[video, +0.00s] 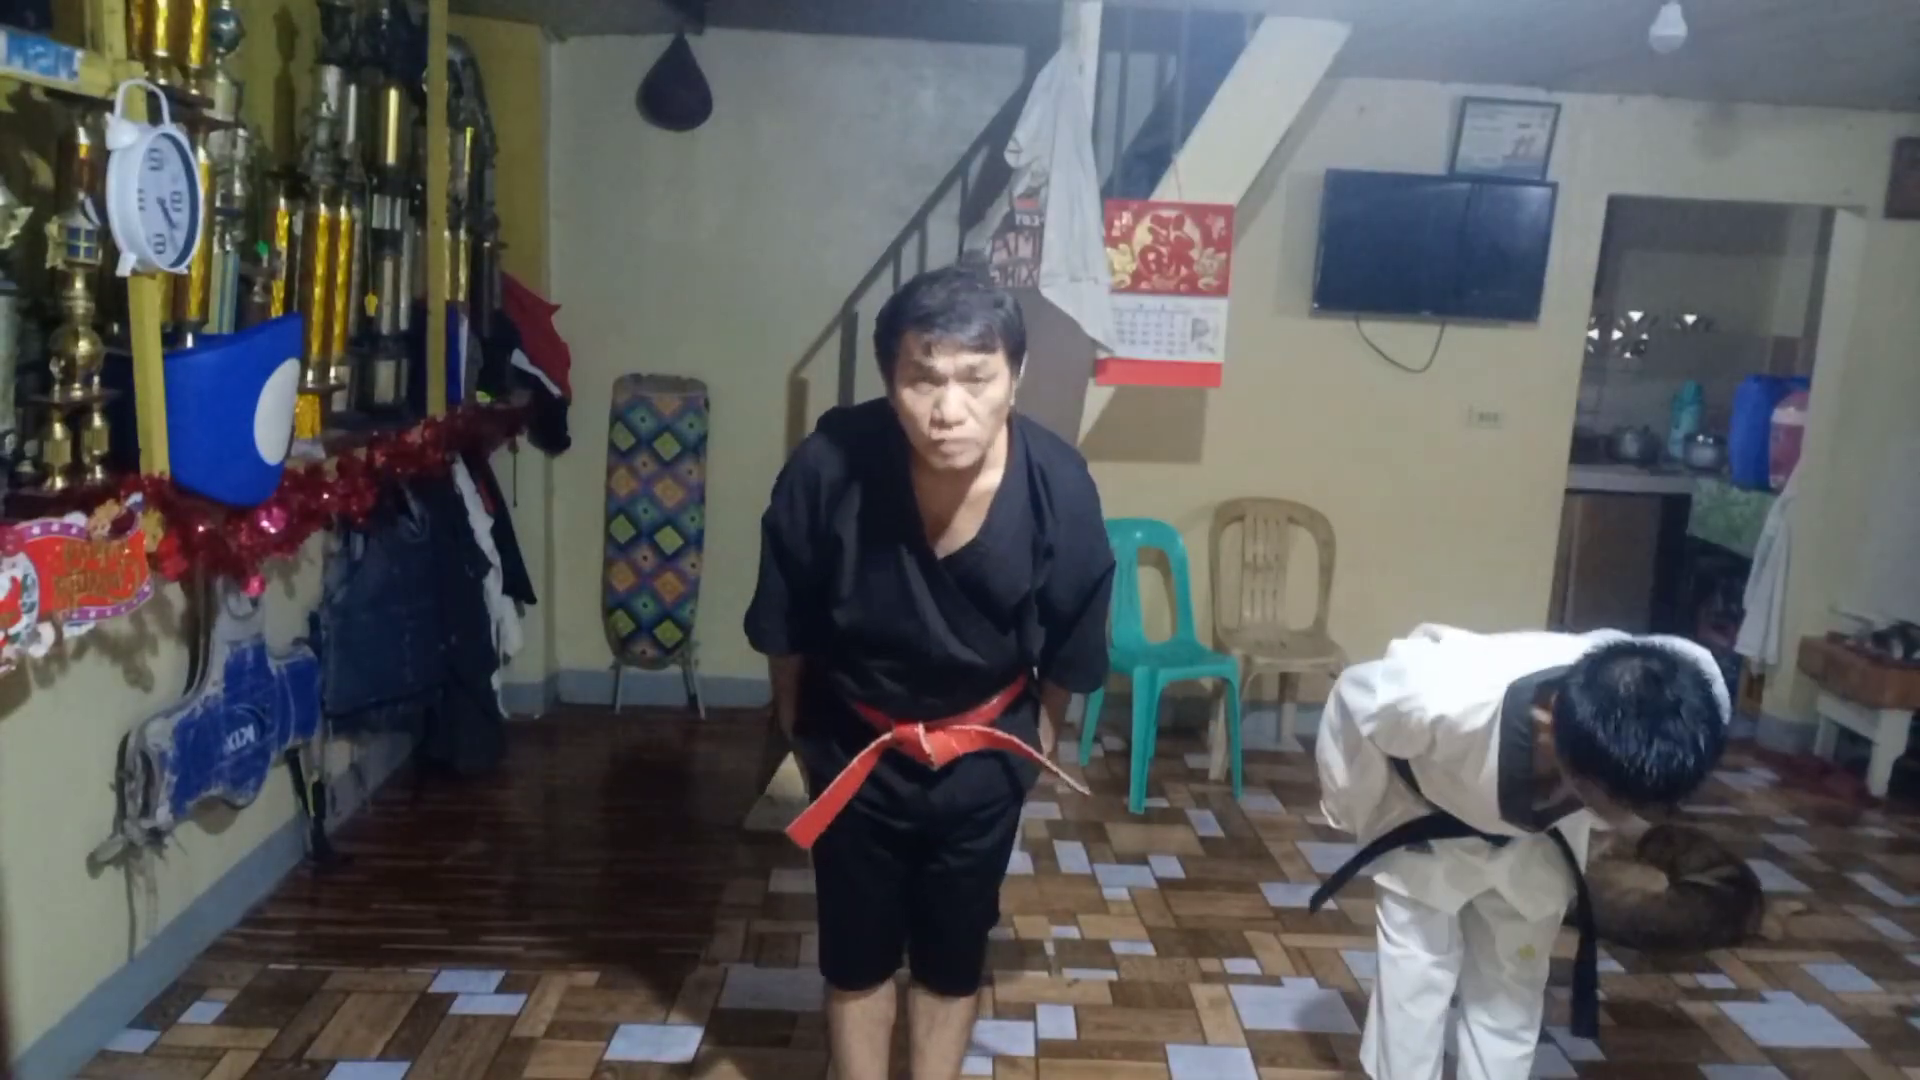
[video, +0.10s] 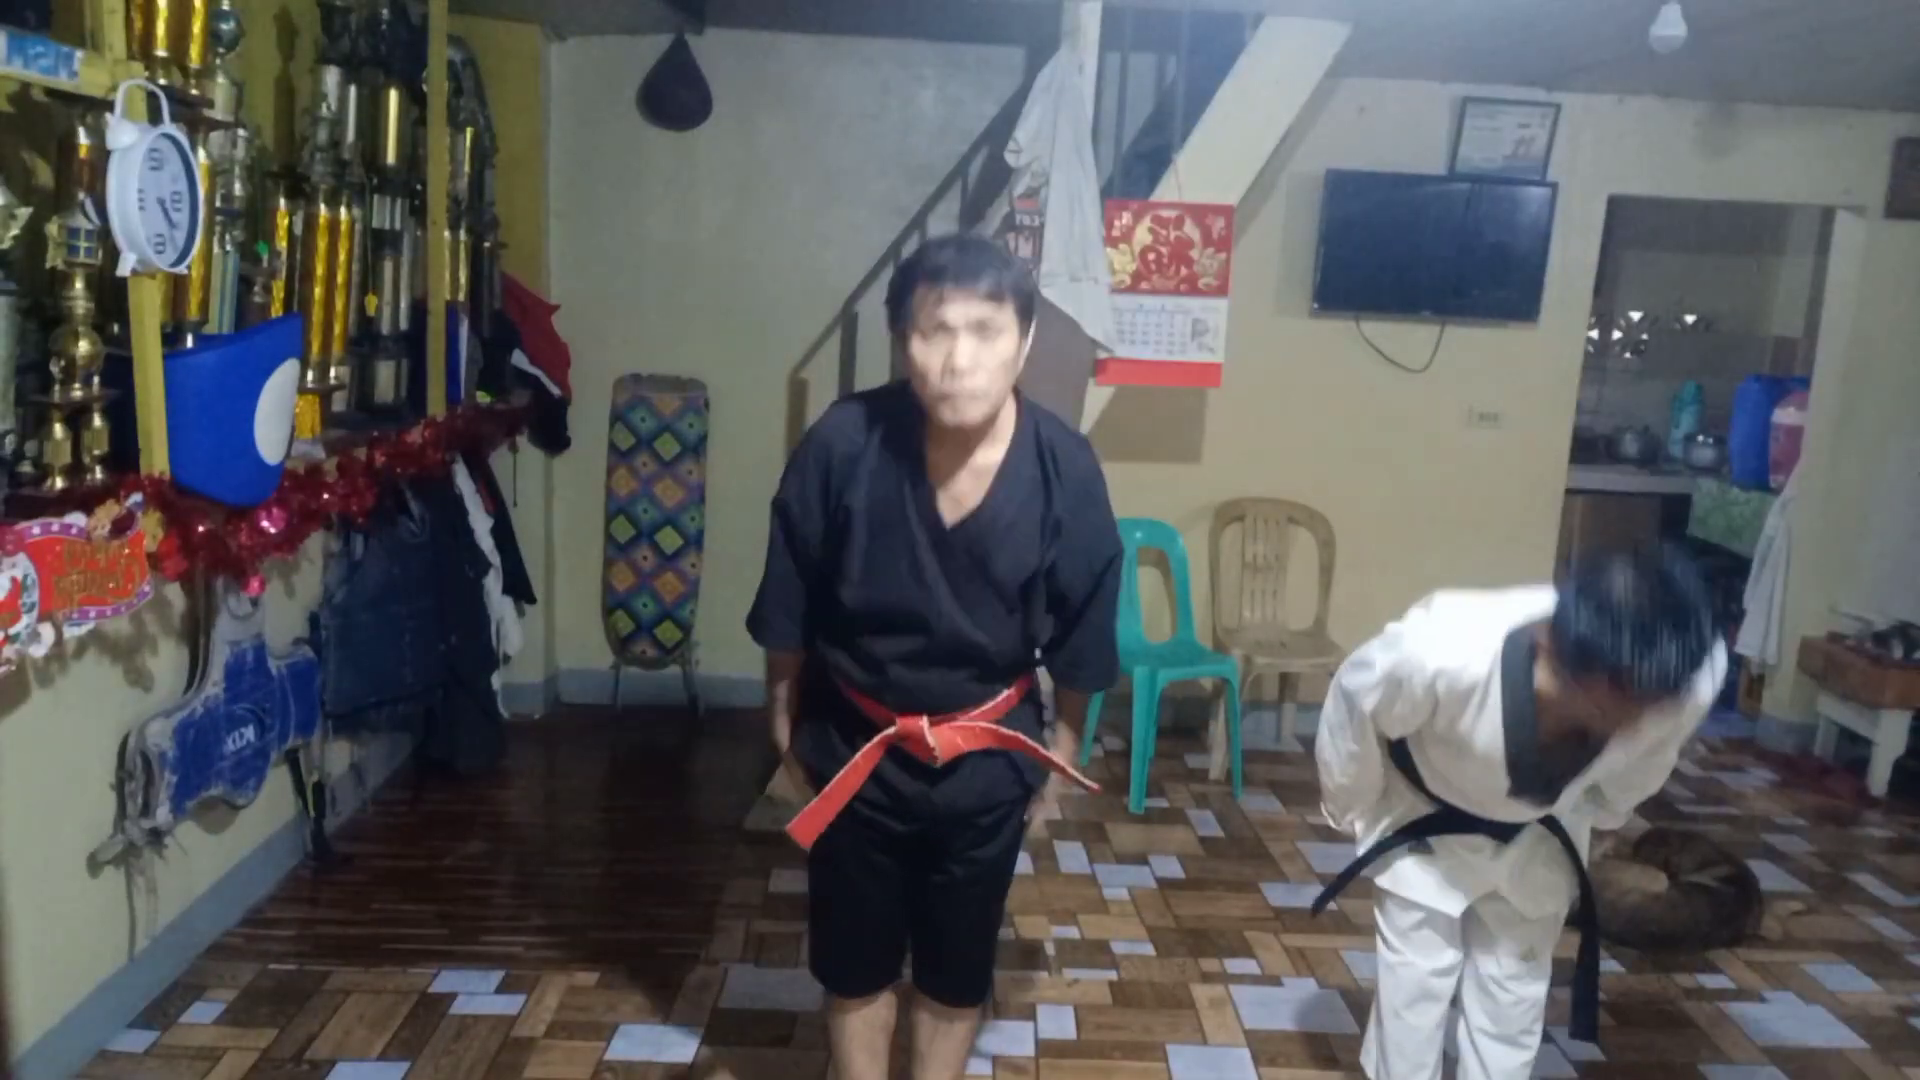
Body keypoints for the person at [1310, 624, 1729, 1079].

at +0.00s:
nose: (1632, 825)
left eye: (1650, 811)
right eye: (1615, 806)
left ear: (1684, 763)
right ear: (1555, 731)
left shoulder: (1695, 699)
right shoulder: (1442, 704)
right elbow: (1353, 703)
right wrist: (1369, 815)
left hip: (1540, 838)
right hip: (1427, 827)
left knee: (1510, 1017)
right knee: (1412, 1012)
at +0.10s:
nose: (1639, 714)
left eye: (1653, 696)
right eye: (1625, 696)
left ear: (1677, 675)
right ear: (1557, 653)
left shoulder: (1691, 676)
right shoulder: (1443, 654)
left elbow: (1643, 769)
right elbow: (1351, 705)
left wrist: (1597, 821)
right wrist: (1361, 811)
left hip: (1543, 831)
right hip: (1427, 819)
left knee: (1512, 1015)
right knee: (1415, 1005)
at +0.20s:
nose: (1624, 602)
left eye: (1647, 574)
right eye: (1599, 576)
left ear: (1670, 547)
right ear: (1551, 530)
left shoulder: (1688, 594)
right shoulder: (1446, 590)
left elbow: (1656, 729)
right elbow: (1354, 716)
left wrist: (1607, 824)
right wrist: (1382, 830)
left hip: (1560, 835)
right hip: (1440, 826)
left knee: (1518, 1057)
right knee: (1413, 1055)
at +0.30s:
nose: (1615, 510)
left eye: (1641, 486)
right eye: (1592, 479)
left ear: (1668, 475)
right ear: (1536, 456)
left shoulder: (1680, 561)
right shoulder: (1444, 555)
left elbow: (1661, 713)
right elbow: (1367, 708)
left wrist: (1612, 824)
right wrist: (1381, 831)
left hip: (1568, 840)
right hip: (1446, 829)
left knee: (1522, 1058)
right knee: (1418, 1056)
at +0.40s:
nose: (1602, 420)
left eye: (1625, 394)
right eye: (1574, 391)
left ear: (1654, 401)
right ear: (1520, 395)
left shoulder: (1672, 534)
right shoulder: (1441, 525)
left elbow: (1671, 698)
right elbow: (1381, 694)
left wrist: (1641, 835)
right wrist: (1381, 837)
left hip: (1580, 849)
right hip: (1453, 840)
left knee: (1538, 1061)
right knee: (1420, 1061)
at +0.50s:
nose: (1593, 393)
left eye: (1616, 366)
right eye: (1565, 365)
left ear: (1641, 378)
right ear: (1515, 378)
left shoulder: (1665, 525)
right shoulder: (1439, 519)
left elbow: (1676, 696)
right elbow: (1385, 692)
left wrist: (1661, 843)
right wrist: (1382, 849)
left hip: (1591, 848)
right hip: (1460, 839)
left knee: (1559, 1062)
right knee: (1424, 1061)